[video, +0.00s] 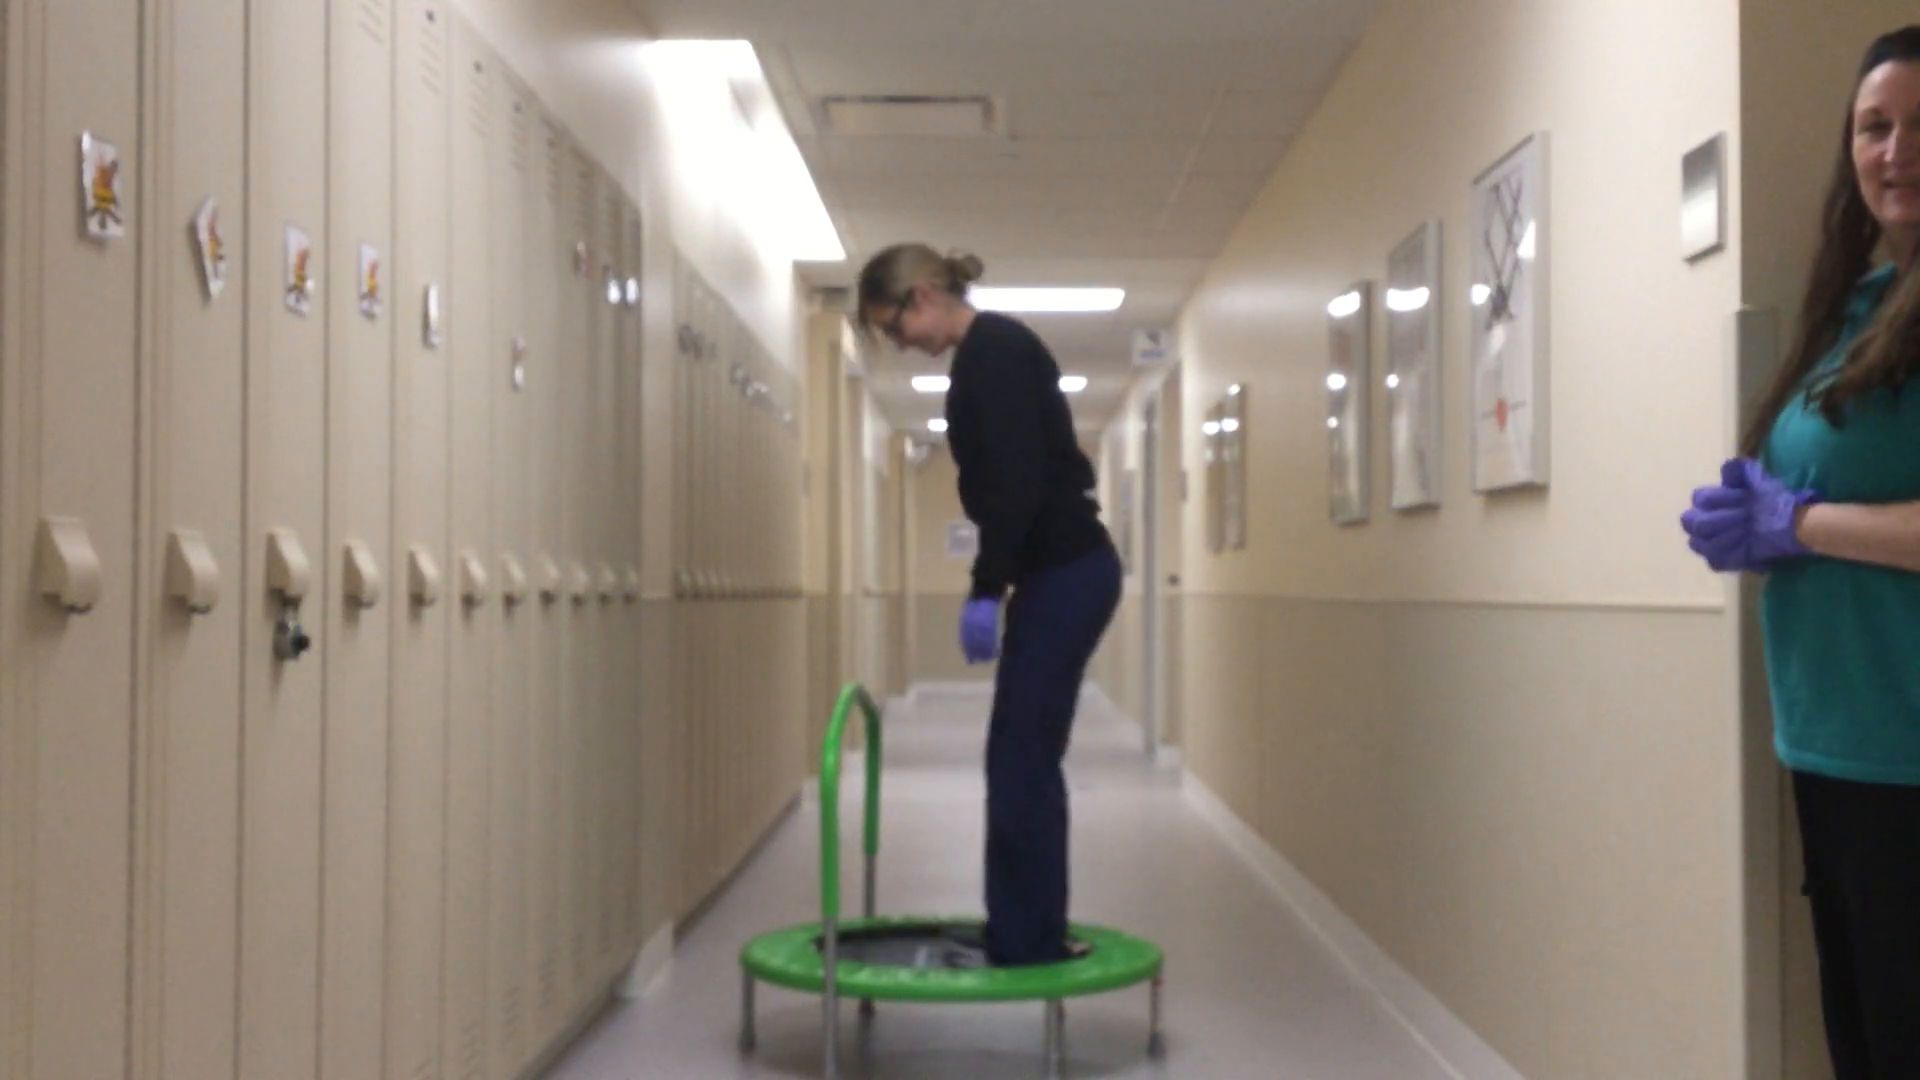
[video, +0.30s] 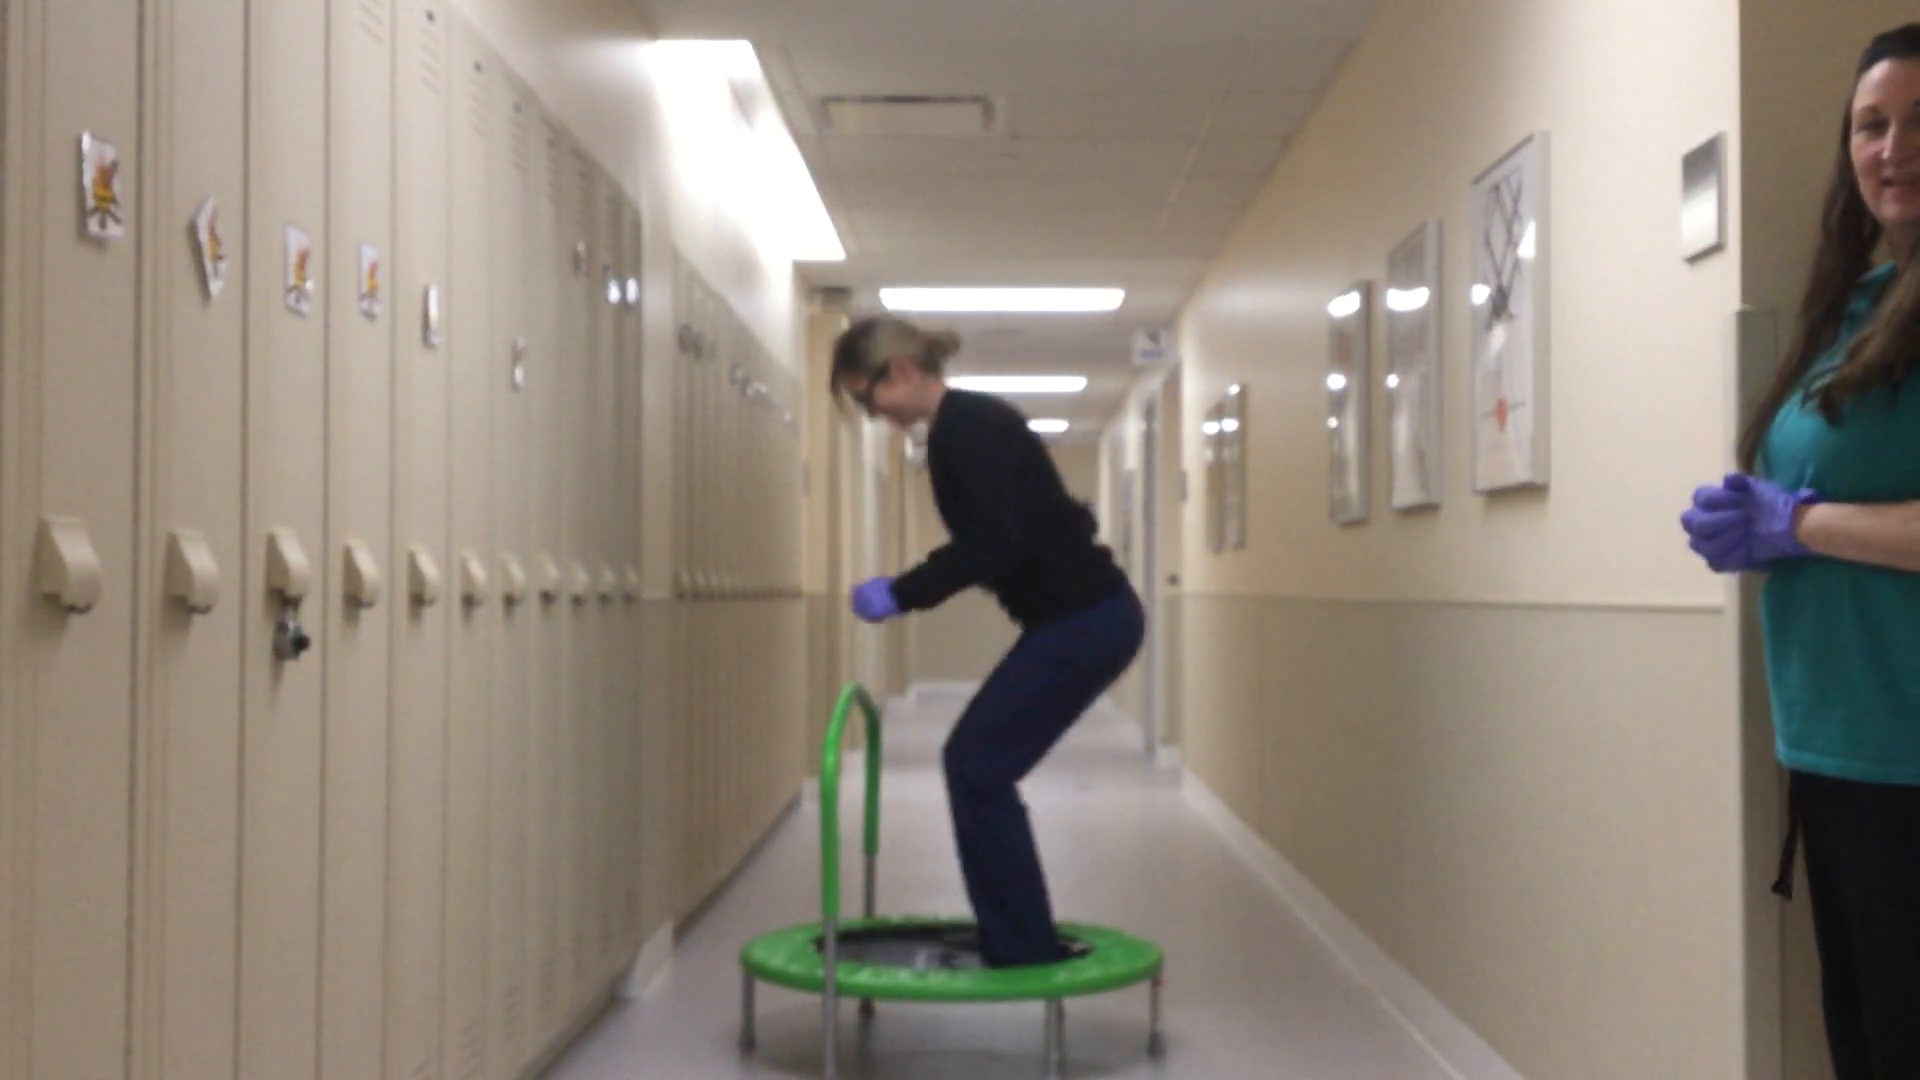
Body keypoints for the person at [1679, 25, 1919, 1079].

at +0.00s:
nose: (1891, 149)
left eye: (1912, 126)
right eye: (1874, 126)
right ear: (1848, 145)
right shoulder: (1848, 297)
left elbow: (1915, 524)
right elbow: (1814, 469)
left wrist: (1800, 522)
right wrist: (1756, 505)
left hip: (1899, 740)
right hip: (1824, 731)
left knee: (1898, 1028)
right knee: (1858, 1025)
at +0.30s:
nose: (1889, 148)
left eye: (1911, 124)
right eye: (1871, 125)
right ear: (1847, 146)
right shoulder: (1846, 297)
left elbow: (1916, 525)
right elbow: (1816, 474)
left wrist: (1799, 521)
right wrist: (1757, 508)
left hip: (1902, 743)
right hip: (1826, 736)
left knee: (1899, 1033)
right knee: (1859, 1031)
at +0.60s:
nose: (1886, 146)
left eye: (1908, 122)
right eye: (1866, 124)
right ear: (1842, 147)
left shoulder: (1918, 295)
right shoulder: (1845, 295)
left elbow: (1913, 523)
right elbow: (1806, 467)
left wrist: (1796, 519)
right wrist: (1753, 502)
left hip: (1899, 741)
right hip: (1823, 732)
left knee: (1898, 1025)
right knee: (1858, 1023)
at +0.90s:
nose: (1884, 150)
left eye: (1909, 123)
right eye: (1861, 128)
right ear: (1837, 150)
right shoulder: (1840, 298)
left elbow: (1918, 526)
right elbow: (1803, 467)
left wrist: (1792, 523)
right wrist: (1754, 503)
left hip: (1902, 749)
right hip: (1822, 741)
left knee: (1900, 1035)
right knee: (1858, 1035)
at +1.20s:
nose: (1881, 153)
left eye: (1907, 125)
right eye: (1858, 130)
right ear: (1835, 153)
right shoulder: (1838, 300)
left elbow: (1917, 524)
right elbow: (1798, 462)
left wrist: (1790, 521)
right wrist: (1749, 500)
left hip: (1900, 748)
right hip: (1819, 740)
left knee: (1898, 1036)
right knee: (1854, 1037)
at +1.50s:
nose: (1824, 172)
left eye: (1846, 141)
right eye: (1816, 148)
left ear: (1914, 143)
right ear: (1821, 159)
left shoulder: (1917, 302)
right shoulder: (1837, 301)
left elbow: (1914, 529)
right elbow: (1795, 460)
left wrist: (1790, 522)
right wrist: (1747, 502)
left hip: (1896, 742)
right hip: (1815, 732)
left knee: (1894, 1032)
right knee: (1850, 1027)